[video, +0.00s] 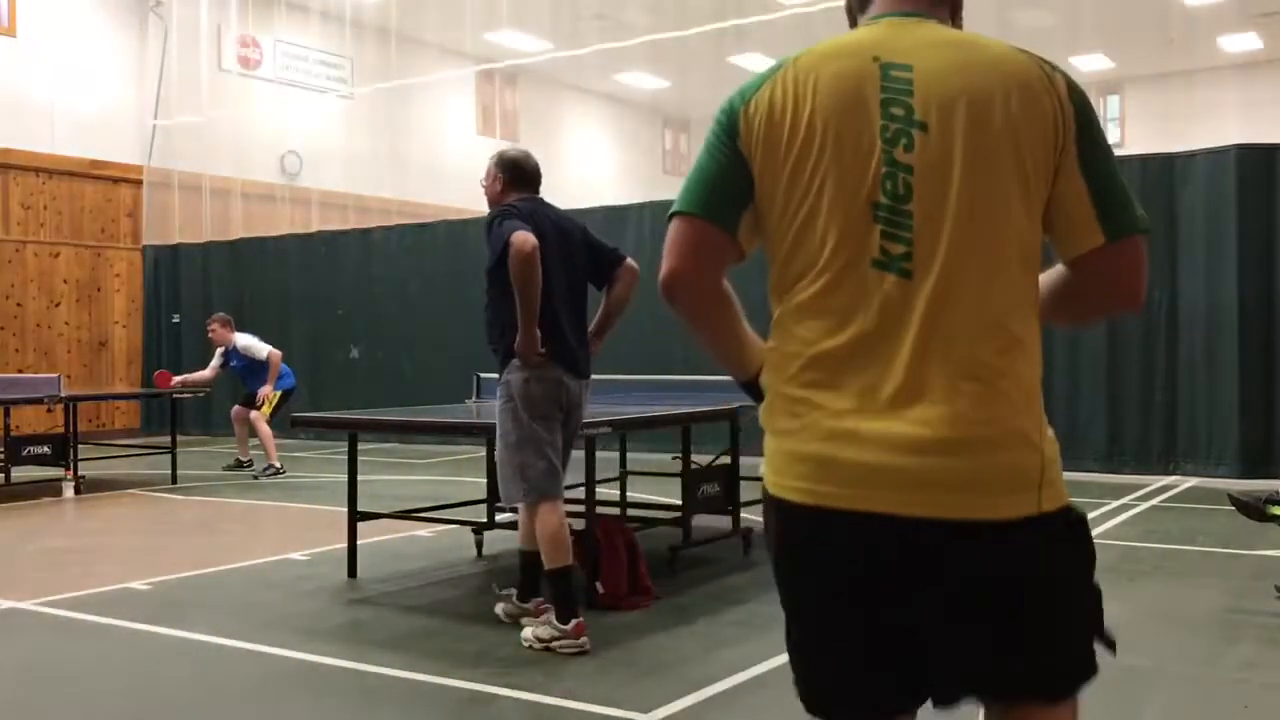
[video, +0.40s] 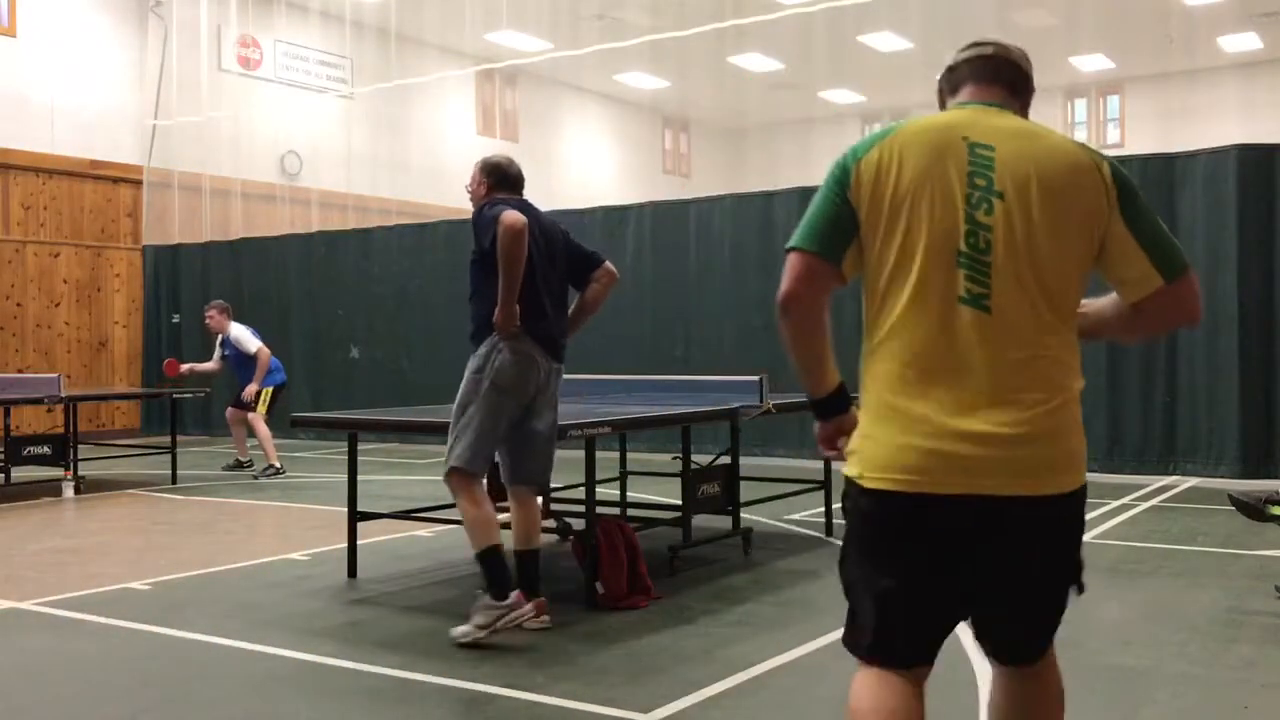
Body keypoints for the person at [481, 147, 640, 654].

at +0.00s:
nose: (483, 187)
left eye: (486, 180)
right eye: (485, 179)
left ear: (499, 181)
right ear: (534, 184)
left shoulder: (505, 214)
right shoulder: (565, 224)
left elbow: (525, 246)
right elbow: (626, 271)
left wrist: (528, 335)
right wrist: (594, 336)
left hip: (531, 373)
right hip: (571, 374)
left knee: (543, 497)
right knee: (536, 491)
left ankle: (568, 622)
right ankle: (531, 598)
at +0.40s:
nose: (470, 193)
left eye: (472, 186)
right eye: (471, 186)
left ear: (484, 183)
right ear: (515, 185)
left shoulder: (488, 207)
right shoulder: (548, 225)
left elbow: (515, 224)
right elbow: (604, 275)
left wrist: (507, 309)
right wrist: (563, 330)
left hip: (504, 351)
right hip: (547, 358)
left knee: (462, 474)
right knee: (523, 483)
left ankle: (501, 595)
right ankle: (530, 600)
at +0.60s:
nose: (454, 196)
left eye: (456, 189)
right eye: (455, 190)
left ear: (467, 187)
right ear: (501, 188)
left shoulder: (472, 209)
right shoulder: (536, 225)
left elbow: (493, 223)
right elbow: (595, 265)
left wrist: (489, 302)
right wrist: (551, 315)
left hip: (489, 349)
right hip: (533, 355)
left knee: (455, 475)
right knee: (511, 478)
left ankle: (418, 605)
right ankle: (528, 598)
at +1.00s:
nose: (399, 196)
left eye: (400, 189)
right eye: (400, 189)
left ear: (409, 190)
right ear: (450, 191)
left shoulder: (410, 216)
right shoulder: (480, 226)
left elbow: (413, 243)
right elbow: (543, 267)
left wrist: (415, 322)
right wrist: (506, 319)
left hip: (431, 360)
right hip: (482, 366)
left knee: (392, 480)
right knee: (483, 482)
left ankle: (388, 614)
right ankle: (526, 598)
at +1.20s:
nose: (364, 195)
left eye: (366, 188)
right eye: (367, 188)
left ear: (375, 188)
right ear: (412, 187)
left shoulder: (374, 220)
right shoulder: (445, 226)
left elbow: (370, 264)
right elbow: (503, 277)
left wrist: (349, 339)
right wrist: (480, 338)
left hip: (391, 365)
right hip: (445, 367)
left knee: (375, 488)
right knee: (448, 485)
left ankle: (387, 614)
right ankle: (505, 592)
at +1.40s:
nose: (336, 191)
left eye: (337, 184)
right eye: (338, 185)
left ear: (345, 185)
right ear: (384, 184)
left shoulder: (346, 222)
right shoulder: (417, 224)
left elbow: (344, 294)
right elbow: (470, 289)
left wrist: (306, 371)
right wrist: (476, 357)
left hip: (369, 366)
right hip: (418, 367)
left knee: (366, 490)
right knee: (404, 483)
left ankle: (387, 615)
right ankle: (445, 591)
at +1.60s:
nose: (309, 190)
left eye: (309, 182)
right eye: (312, 182)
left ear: (317, 182)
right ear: (356, 182)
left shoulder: (327, 226)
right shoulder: (391, 225)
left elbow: (321, 307)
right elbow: (437, 296)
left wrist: (287, 374)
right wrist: (455, 366)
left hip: (356, 364)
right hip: (397, 362)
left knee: (366, 488)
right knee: (347, 478)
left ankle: (387, 614)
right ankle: (357, 593)